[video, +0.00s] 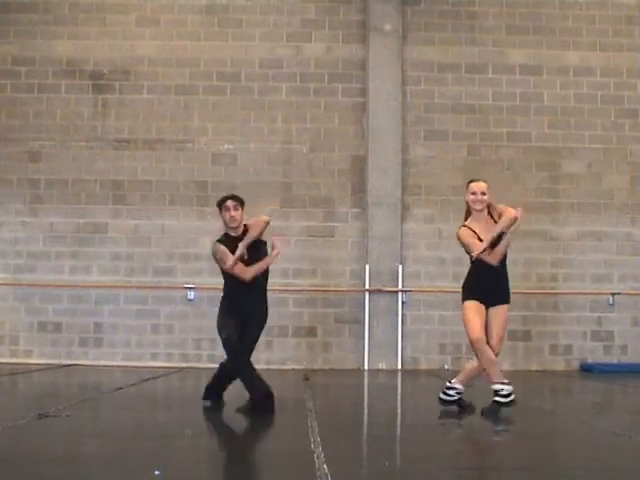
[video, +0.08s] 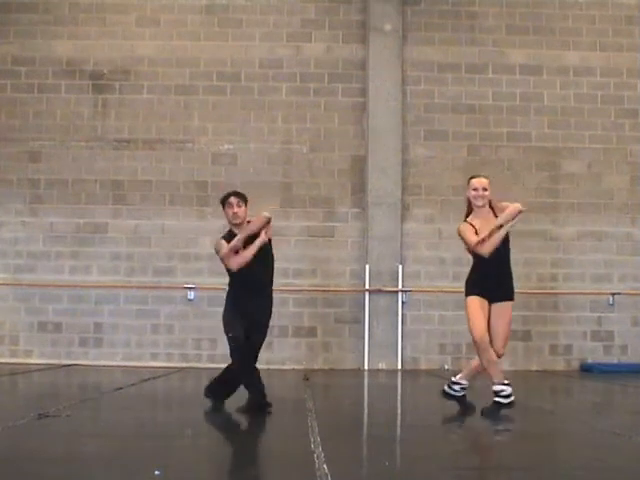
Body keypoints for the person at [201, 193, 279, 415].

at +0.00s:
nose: (232, 214)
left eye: (236, 209)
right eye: (226, 210)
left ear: (243, 212)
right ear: (221, 216)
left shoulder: (254, 229)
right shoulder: (220, 247)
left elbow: (263, 222)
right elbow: (245, 274)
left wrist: (240, 249)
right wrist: (273, 256)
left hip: (256, 309)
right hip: (230, 309)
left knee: (240, 358)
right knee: (236, 356)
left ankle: (213, 391)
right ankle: (262, 398)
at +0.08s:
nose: (235, 210)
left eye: (239, 205)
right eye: (229, 206)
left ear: (246, 209)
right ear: (224, 213)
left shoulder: (260, 226)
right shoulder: (223, 242)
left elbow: (263, 220)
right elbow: (234, 263)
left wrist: (237, 241)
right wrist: (260, 242)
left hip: (262, 304)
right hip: (236, 305)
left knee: (248, 356)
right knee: (241, 354)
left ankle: (217, 390)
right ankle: (257, 398)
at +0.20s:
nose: (255, 187)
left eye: (257, 182)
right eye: (249, 183)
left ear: (265, 188)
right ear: (240, 189)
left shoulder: (272, 210)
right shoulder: (233, 216)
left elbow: (279, 175)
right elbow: (209, 205)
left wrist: (243, 179)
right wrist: (241, 194)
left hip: (267, 290)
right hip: (240, 289)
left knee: (264, 349)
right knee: (244, 344)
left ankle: (239, 381)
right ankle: (253, 401)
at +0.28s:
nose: (260, 174)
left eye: (264, 170)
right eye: (254, 170)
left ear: (271, 174)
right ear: (248, 175)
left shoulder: (281, 197)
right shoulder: (237, 199)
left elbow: (293, 157)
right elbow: (208, 176)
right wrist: (220, 151)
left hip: (271, 279)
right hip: (243, 279)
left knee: (282, 336)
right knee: (241, 338)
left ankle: (272, 385)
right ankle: (243, 396)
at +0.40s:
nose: (269, 169)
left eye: (273, 164)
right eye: (263, 164)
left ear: (280, 169)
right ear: (256, 168)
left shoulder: (288, 193)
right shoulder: (245, 190)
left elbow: (308, 159)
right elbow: (220, 160)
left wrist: (325, 133)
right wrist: (199, 136)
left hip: (280, 276)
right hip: (251, 277)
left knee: (302, 333)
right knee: (237, 336)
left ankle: (326, 390)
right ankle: (226, 395)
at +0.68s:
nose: (284, 176)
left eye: (289, 172)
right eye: (279, 172)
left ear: (297, 177)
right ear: (271, 177)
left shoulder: (304, 200)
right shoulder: (263, 199)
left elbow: (311, 171)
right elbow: (253, 163)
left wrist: (311, 143)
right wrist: (258, 130)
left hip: (297, 283)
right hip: (266, 283)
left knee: (315, 338)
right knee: (249, 338)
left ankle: (332, 395)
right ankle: (225, 397)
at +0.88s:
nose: (288, 188)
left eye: (293, 184)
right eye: (284, 184)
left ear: (300, 190)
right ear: (277, 189)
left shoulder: (304, 213)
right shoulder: (267, 212)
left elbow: (308, 205)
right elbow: (259, 205)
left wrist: (288, 216)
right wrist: (284, 214)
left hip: (299, 293)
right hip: (269, 293)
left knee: (321, 346)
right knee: (249, 343)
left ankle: (333, 399)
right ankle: (223, 397)